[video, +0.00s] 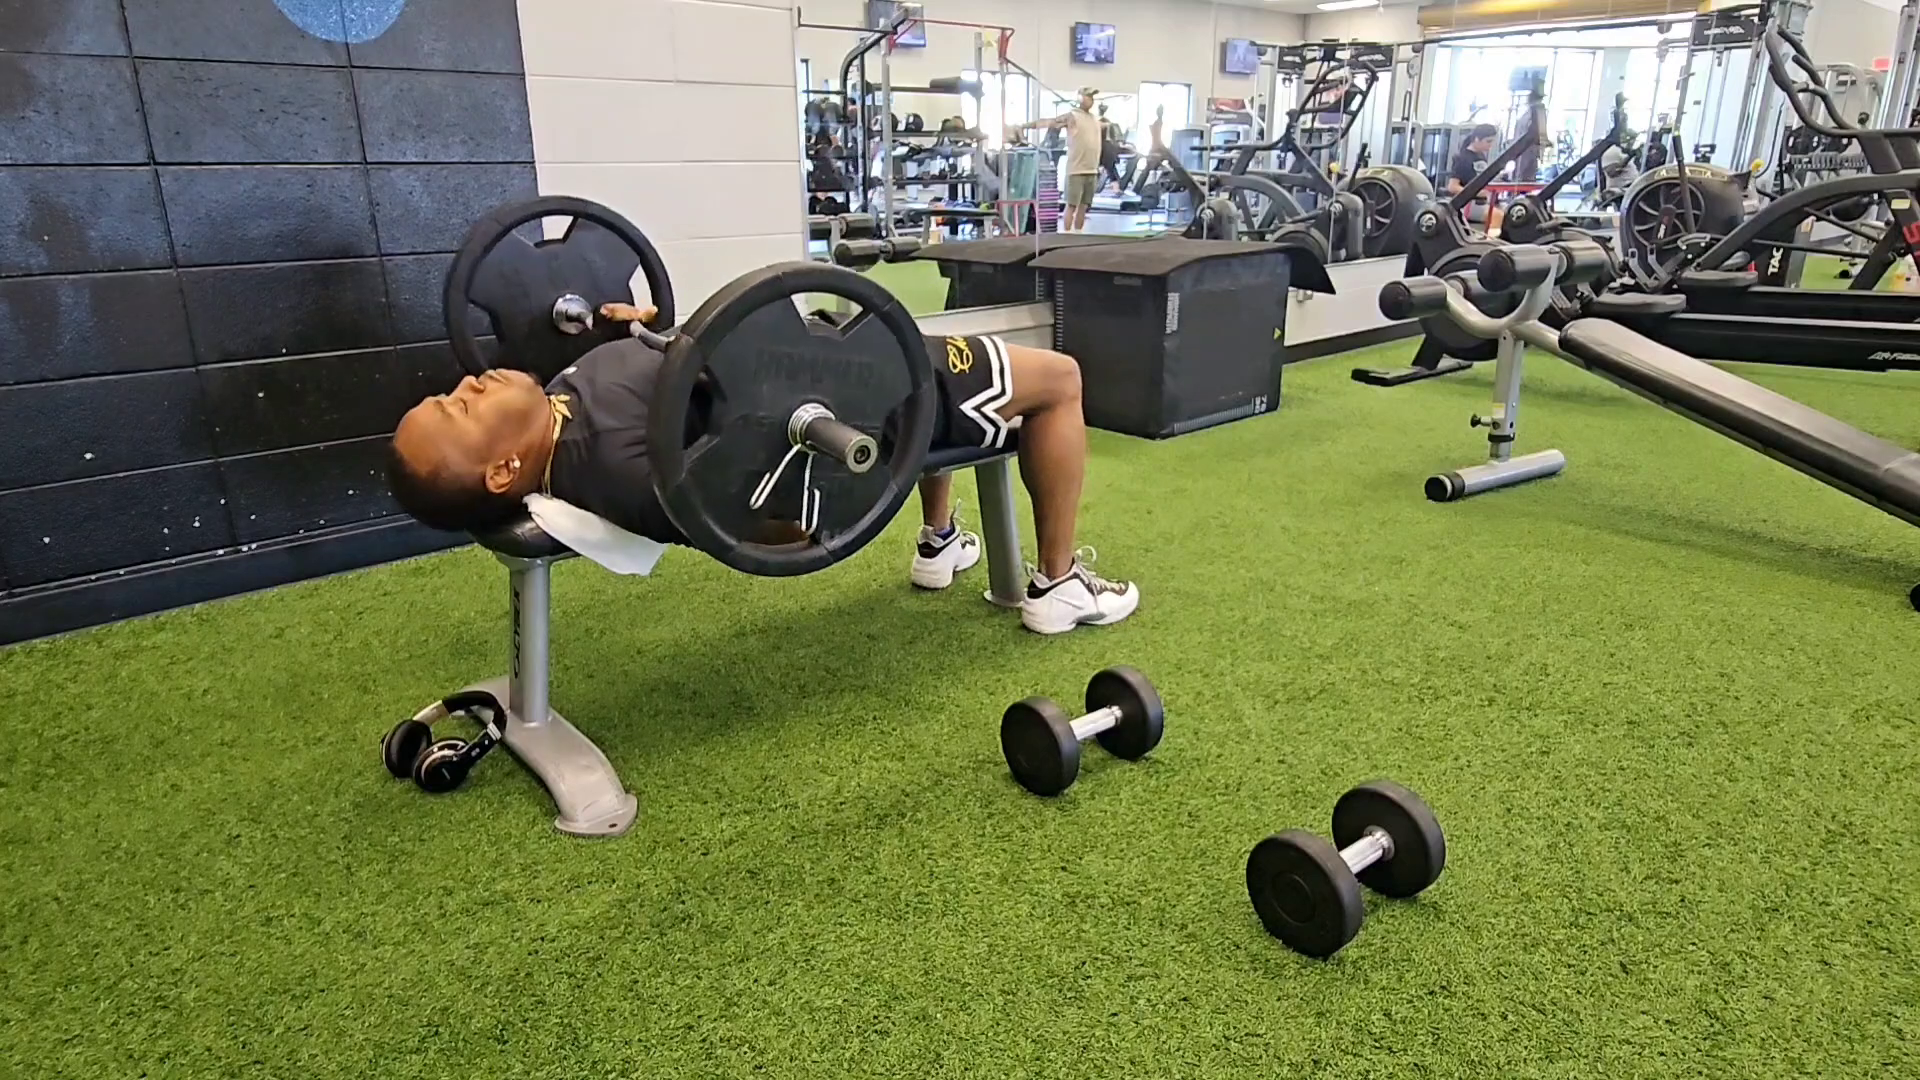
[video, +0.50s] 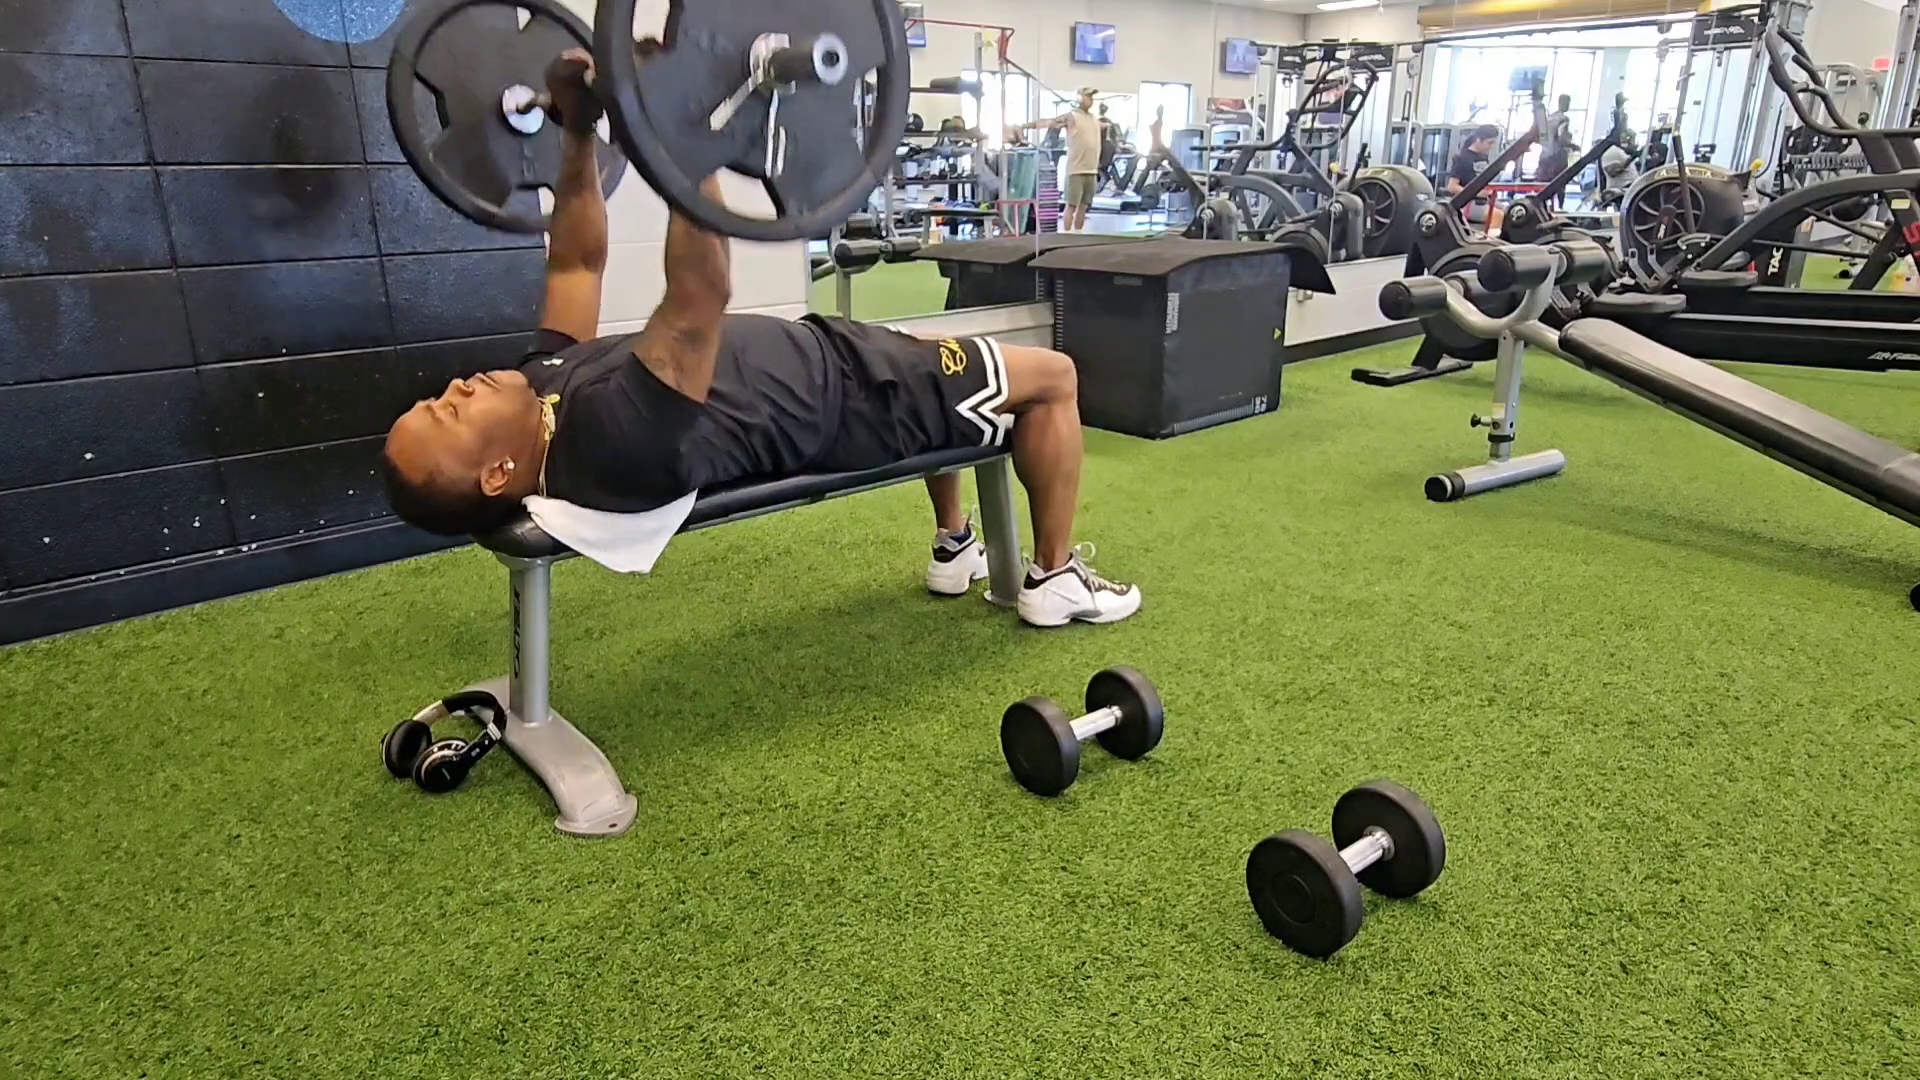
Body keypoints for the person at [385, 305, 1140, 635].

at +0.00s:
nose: (471, 372)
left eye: (446, 384)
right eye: (459, 399)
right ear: (508, 475)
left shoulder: (548, 405)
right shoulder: (634, 472)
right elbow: (786, 520)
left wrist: (628, 336)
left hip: (790, 369)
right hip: (854, 419)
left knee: (932, 342)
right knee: (1057, 378)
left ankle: (942, 541)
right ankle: (1058, 581)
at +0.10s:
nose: (470, 371)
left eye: (441, 385)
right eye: (459, 400)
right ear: (508, 475)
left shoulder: (552, 404)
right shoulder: (631, 470)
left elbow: (624, 369)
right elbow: (781, 516)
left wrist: (635, 333)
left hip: (789, 375)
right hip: (849, 425)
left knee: (925, 346)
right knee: (1053, 374)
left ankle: (944, 546)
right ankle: (1056, 581)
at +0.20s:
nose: (470, 370)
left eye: (449, 385)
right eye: (459, 400)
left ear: (502, 465)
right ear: (509, 470)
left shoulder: (542, 399)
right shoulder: (634, 473)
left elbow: (650, 354)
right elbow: (790, 485)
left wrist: (641, 311)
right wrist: (714, 357)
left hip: (792, 371)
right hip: (851, 420)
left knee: (936, 336)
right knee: (1054, 378)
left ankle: (944, 546)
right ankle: (1059, 580)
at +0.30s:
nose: (470, 373)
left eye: (445, 386)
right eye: (459, 397)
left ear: (501, 461)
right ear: (507, 465)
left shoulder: (559, 405)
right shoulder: (615, 459)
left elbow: (646, 350)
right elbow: (757, 444)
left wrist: (640, 275)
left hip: (788, 377)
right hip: (839, 416)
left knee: (932, 346)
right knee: (1054, 374)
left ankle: (943, 542)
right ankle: (1055, 579)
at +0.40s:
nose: (459, 376)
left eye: (440, 390)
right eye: (451, 405)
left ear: (497, 466)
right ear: (502, 472)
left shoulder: (548, 401)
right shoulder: (614, 453)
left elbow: (596, 316)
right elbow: (740, 369)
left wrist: (602, 203)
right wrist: (770, 213)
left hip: (802, 358)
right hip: (842, 394)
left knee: (938, 339)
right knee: (1053, 379)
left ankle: (946, 546)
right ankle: (1057, 580)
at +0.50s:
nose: (469, 376)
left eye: (443, 389)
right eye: (460, 401)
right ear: (503, 466)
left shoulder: (544, 384)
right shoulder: (615, 444)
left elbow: (573, 261)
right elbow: (698, 294)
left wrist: (574, 133)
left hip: (801, 348)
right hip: (848, 391)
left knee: (936, 354)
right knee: (1051, 374)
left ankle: (955, 544)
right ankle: (1055, 578)